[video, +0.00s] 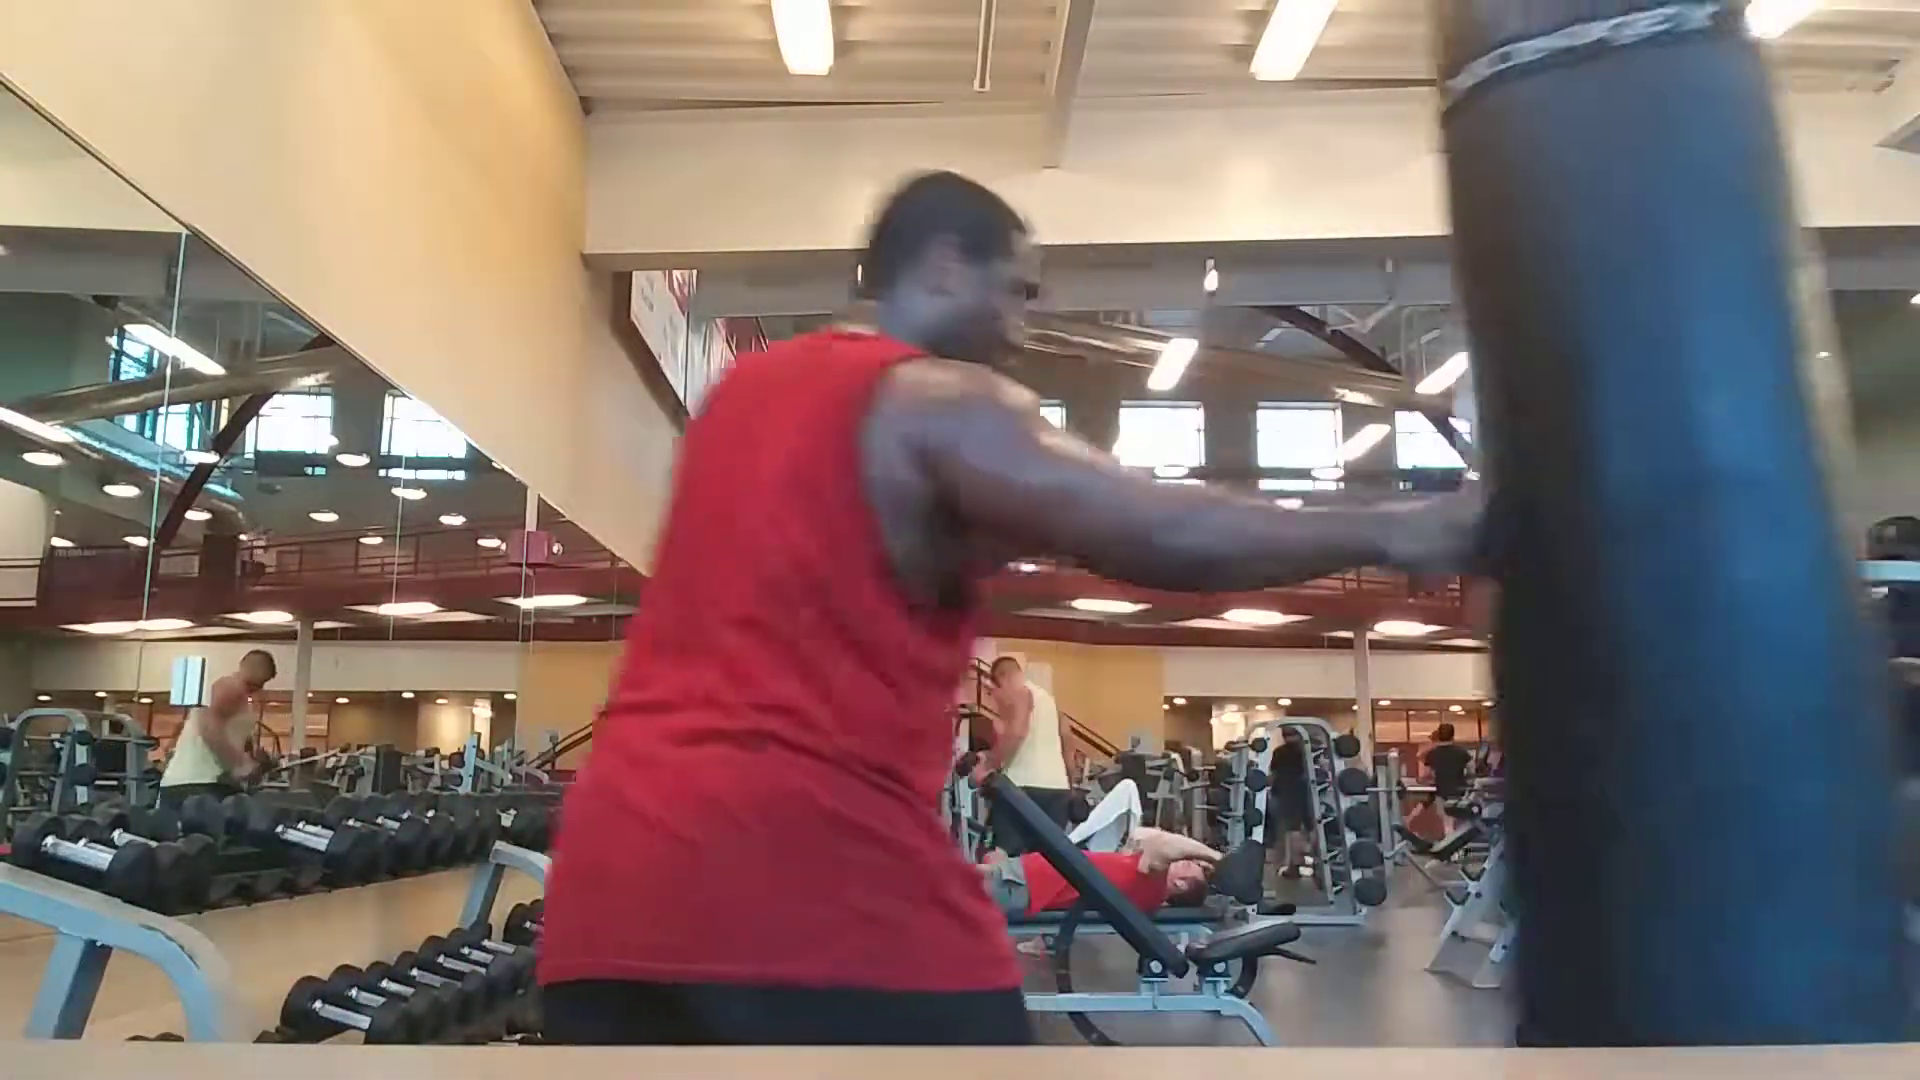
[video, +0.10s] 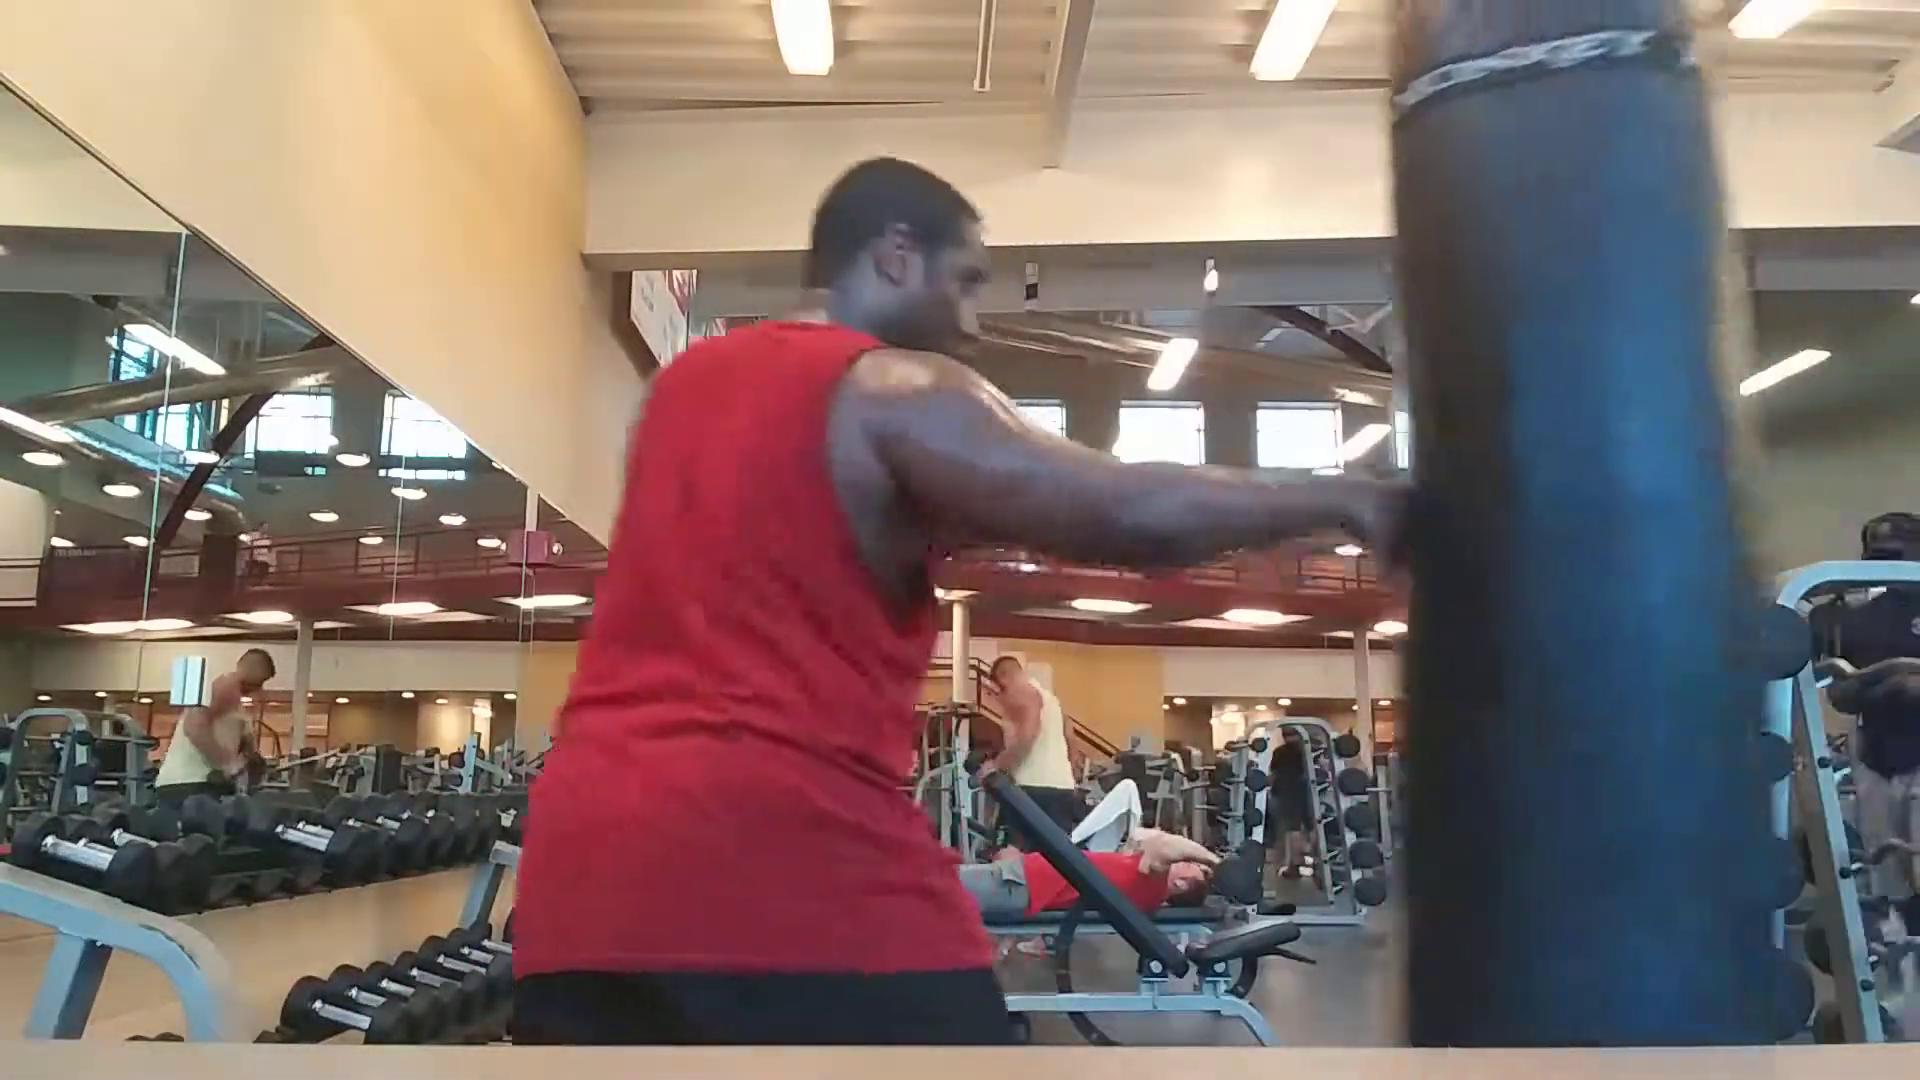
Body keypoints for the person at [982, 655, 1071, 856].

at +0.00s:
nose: (999, 690)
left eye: (998, 684)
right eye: (997, 685)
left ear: (1002, 677)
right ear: (1020, 673)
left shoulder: (1017, 692)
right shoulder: (1048, 698)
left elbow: (1016, 732)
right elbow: (1066, 735)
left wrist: (990, 764)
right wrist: (1071, 777)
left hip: (1021, 788)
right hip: (1057, 789)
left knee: (1006, 857)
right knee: (1049, 859)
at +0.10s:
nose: (1000, 691)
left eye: (999, 685)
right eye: (998, 686)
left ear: (1002, 678)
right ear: (1022, 672)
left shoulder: (1021, 691)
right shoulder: (1051, 699)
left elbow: (1026, 734)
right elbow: (1071, 744)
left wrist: (996, 765)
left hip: (1033, 788)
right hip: (1060, 789)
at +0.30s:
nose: (1000, 696)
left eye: (998, 689)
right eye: (995, 692)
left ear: (1008, 677)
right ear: (1014, 673)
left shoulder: (1029, 693)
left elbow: (1050, 730)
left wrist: (1020, 765)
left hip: (1057, 789)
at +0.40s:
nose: (995, 701)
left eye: (993, 694)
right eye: (991, 696)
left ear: (1003, 683)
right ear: (1009, 680)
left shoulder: (1031, 697)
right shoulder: (1021, 706)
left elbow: (1056, 732)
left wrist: (1027, 771)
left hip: (1067, 789)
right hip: (1055, 789)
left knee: (1064, 855)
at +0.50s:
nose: (993, 708)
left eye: (991, 701)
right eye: (989, 704)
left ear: (1002, 686)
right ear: (1004, 685)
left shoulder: (1029, 703)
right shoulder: (1020, 711)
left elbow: (1059, 736)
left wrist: (1036, 777)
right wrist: (1032, 776)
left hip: (1075, 792)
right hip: (1063, 793)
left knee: (1068, 856)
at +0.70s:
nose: (984, 751)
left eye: (979, 744)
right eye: (978, 748)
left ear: (985, 727)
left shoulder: (1024, 730)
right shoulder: (1012, 744)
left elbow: (1064, 752)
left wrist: (1046, 795)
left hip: (1086, 797)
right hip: (1067, 798)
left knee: (1080, 859)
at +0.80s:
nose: (986, 760)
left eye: (984, 753)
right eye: (981, 758)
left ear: (991, 736)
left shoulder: (1023, 741)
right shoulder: (1008, 762)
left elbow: (1069, 759)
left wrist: (1047, 800)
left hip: (1089, 800)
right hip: (1067, 804)